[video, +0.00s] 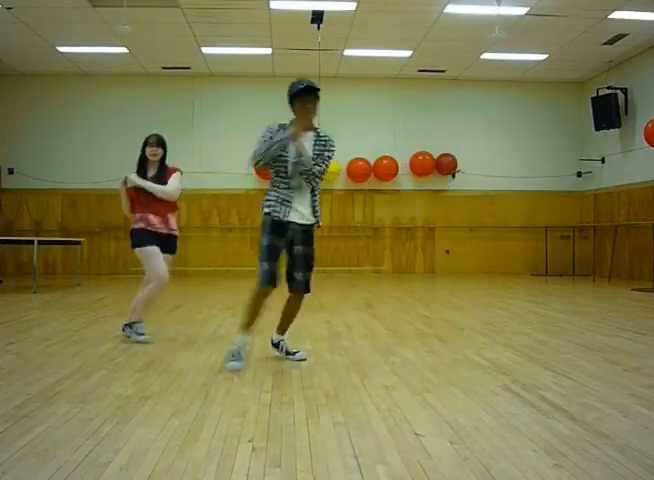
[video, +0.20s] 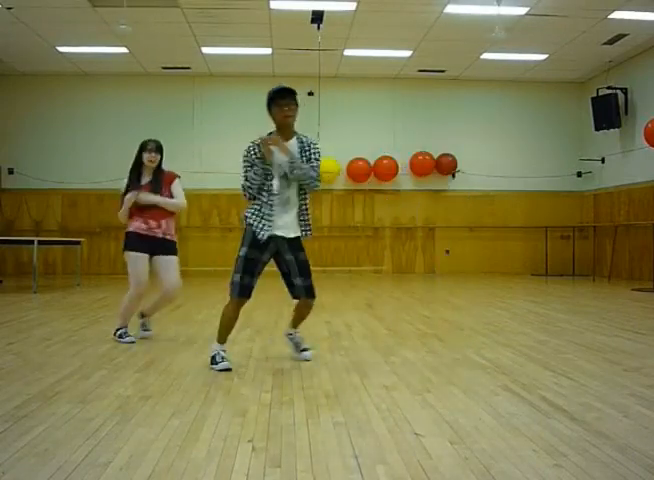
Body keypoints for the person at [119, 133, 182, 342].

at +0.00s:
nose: (154, 150)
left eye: (158, 146)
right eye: (150, 146)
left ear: (164, 151)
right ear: (144, 150)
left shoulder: (173, 173)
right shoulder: (135, 177)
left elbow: (173, 194)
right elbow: (128, 211)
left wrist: (142, 183)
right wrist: (124, 190)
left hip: (167, 231)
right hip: (143, 229)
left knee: (150, 281)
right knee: (161, 278)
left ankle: (132, 323)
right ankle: (134, 321)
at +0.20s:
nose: (152, 156)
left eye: (156, 152)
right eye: (148, 151)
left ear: (161, 156)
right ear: (141, 155)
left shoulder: (170, 178)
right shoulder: (133, 181)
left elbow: (181, 204)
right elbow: (123, 218)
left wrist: (153, 199)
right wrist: (129, 201)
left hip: (164, 236)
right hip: (137, 234)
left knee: (172, 287)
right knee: (139, 285)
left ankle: (145, 314)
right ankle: (121, 327)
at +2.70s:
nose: (204, 139)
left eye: (208, 135)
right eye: (200, 136)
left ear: (216, 138)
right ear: (196, 139)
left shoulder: (220, 158)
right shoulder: (203, 161)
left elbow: (241, 179)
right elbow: (203, 186)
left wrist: (215, 194)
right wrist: (201, 198)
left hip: (212, 223)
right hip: (205, 222)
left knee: (177, 270)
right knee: (206, 278)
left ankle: (176, 325)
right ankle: (219, 330)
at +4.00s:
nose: (208, 141)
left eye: (211, 137)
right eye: (203, 137)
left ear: (216, 141)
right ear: (195, 140)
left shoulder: (222, 164)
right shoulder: (183, 166)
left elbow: (254, 179)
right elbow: (158, 177)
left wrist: (239, 153)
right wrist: (163, 150)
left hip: (214, 224)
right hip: (186, 224)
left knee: (208, 277)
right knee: (187, 279)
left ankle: (216, 326)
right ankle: (201, 327)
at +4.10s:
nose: (208, 140)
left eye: (212, 136)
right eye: (203, 136)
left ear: (217, 139)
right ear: (196, 139)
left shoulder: (223, 163)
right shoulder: (185, 165)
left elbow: (254, 176)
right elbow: (161, 179)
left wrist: (243, 153)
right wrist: (166, 154)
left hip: (214, 224)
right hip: (187, 223)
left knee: (209, 276)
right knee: (188, 279)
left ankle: (221, 326)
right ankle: (202, 328)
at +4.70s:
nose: (209, 139)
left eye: (213, 135)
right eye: (205, 135)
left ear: (219, 138)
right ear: (199, 138)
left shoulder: (227, 159)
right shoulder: (190, 161)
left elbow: (232, 177)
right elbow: (189, 184)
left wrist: (208, 158)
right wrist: (211, 162)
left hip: (223, 221)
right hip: (196, 221)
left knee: (218, 276)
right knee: (199, 277)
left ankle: (222, 327)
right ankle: (199, 325)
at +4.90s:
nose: (209, 143)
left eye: (213, 139)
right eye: (205, 139)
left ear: (219, 141)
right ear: (198, 141)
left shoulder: (226, 163)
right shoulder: (188, 164)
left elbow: (233, 188)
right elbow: (180, 191)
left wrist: (220, 162)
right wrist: (196, 167)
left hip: (226, 221)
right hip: (200, 223)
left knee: (226, 277)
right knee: (208, 278)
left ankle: (223, 326)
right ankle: (203, 326)